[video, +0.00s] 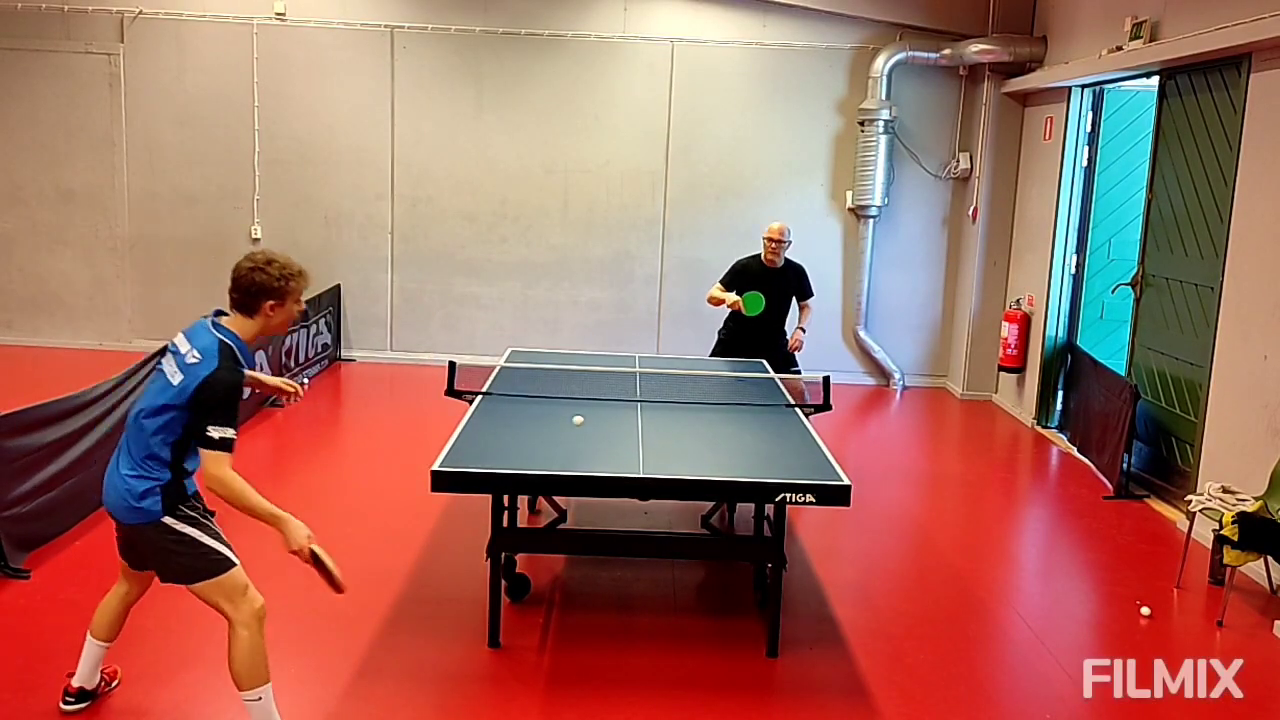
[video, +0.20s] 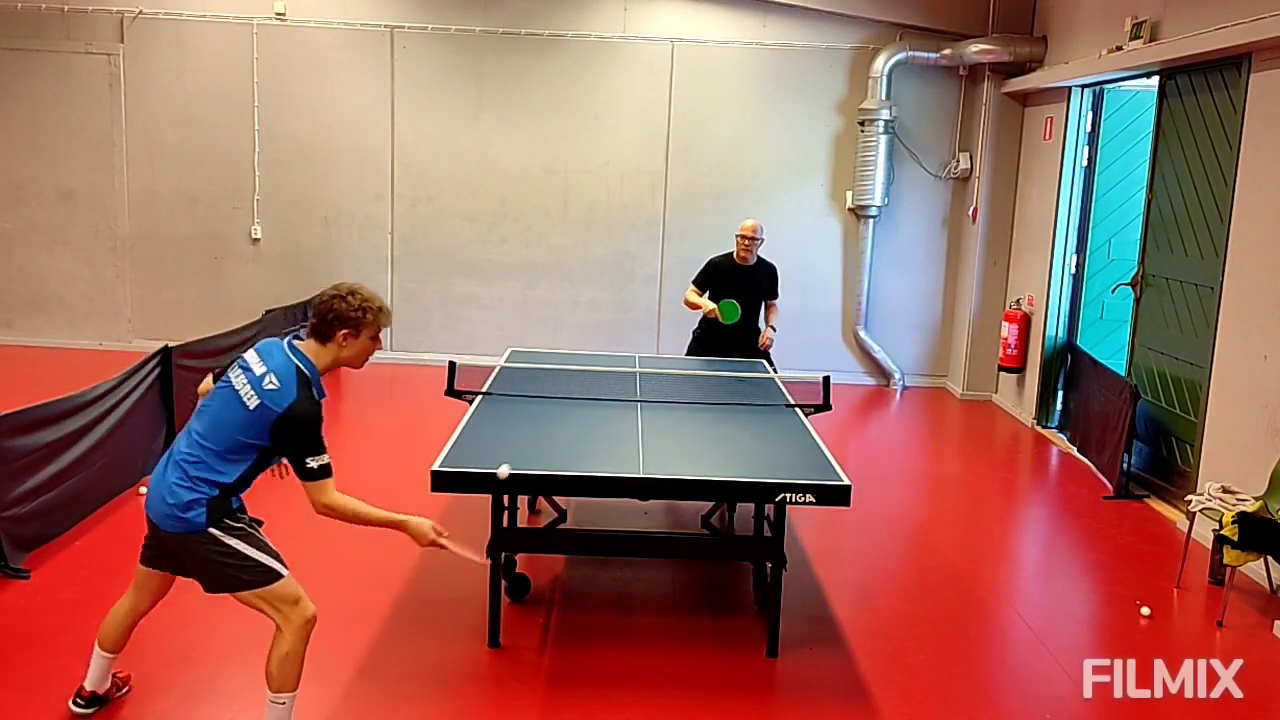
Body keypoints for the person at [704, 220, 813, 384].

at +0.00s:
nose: (773, 246)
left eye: (779, 242)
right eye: (769, 240)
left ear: (788, 245)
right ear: (763, 240)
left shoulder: (796, 272)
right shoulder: (744, 266)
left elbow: (805, 307)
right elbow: (712, 296)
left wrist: (800, 330)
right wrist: (727, 297)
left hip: (773, 343)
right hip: (735, 340)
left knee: (798, 393)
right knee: (708, 385)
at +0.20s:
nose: (746, 243)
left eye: (752, 239)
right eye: (743, 238)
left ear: (761, 243)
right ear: (736, 238)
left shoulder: (768, 271)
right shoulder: (717, 265)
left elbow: (771, 306)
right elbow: (689, 296)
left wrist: (770, 328)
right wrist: (704, 303)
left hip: (746, 343)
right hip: (710, 341)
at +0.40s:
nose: (736, 235)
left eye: (741, 231)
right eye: (732, 230)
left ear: (750, 234)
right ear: (725, 230)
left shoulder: (758, 263)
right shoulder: (706, 257)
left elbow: (761, 296)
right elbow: (678, 288)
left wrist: (758, 318)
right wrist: (692, 294)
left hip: (738, 338)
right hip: (701, 336)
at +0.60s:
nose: (737, 247)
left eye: (742, 244)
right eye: (733, 242)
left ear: (751, 245)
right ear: (726, 241)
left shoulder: (759, 270)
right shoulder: (708, 265)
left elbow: (766, 305)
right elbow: (681, 296)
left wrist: (760, 325)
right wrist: (690, 307)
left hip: (740, 339)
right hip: (704, 338)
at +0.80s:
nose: (747, 272)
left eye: (752, 268)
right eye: (742, 266)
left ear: (760, 267)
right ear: (735, 262)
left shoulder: (765, 283)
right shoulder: (716, 283)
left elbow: (769, 316)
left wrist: (769, 337)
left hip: (744, 340)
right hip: (712, 338)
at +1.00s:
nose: (760, 270)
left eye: (766, 266)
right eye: (756, 264)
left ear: (773, 264)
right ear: (747, 260)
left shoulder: (773, 279)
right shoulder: (729, 279)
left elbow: (774, 310)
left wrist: (779, 328)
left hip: (752, 338)